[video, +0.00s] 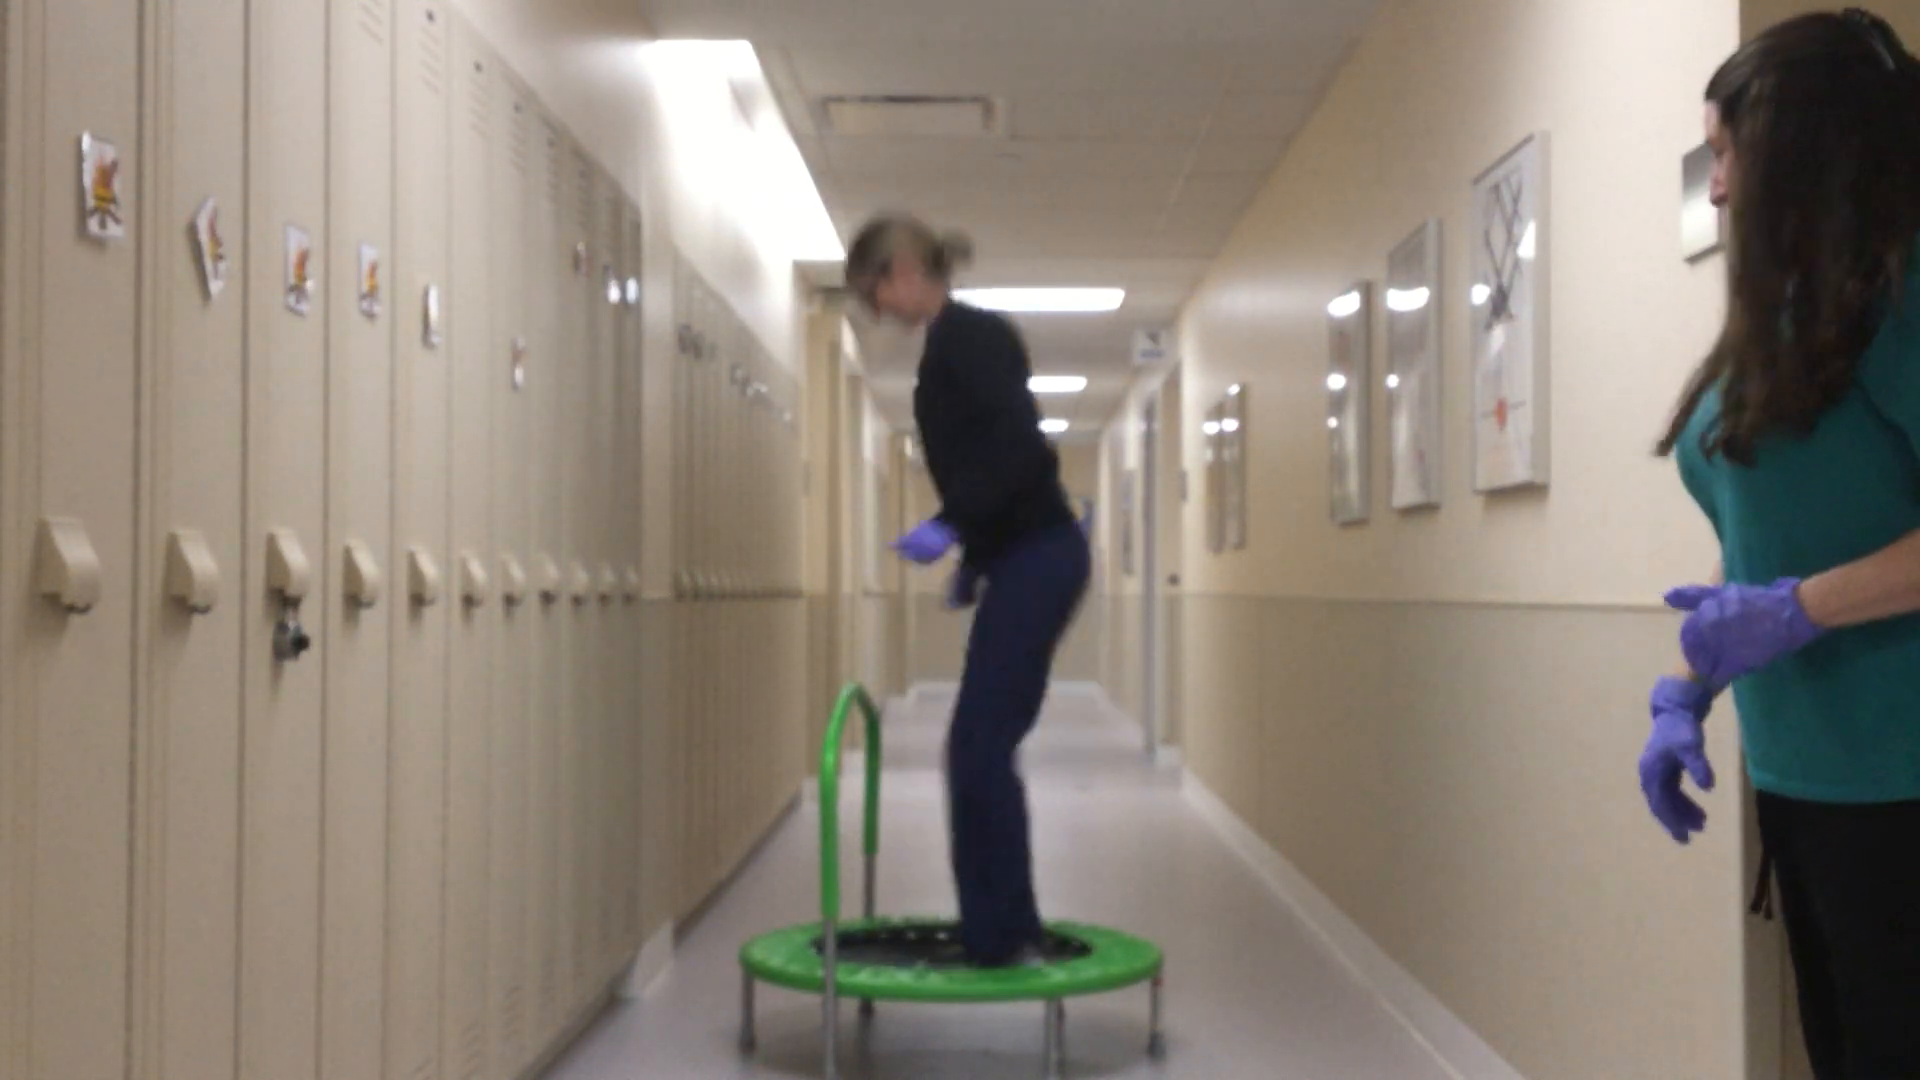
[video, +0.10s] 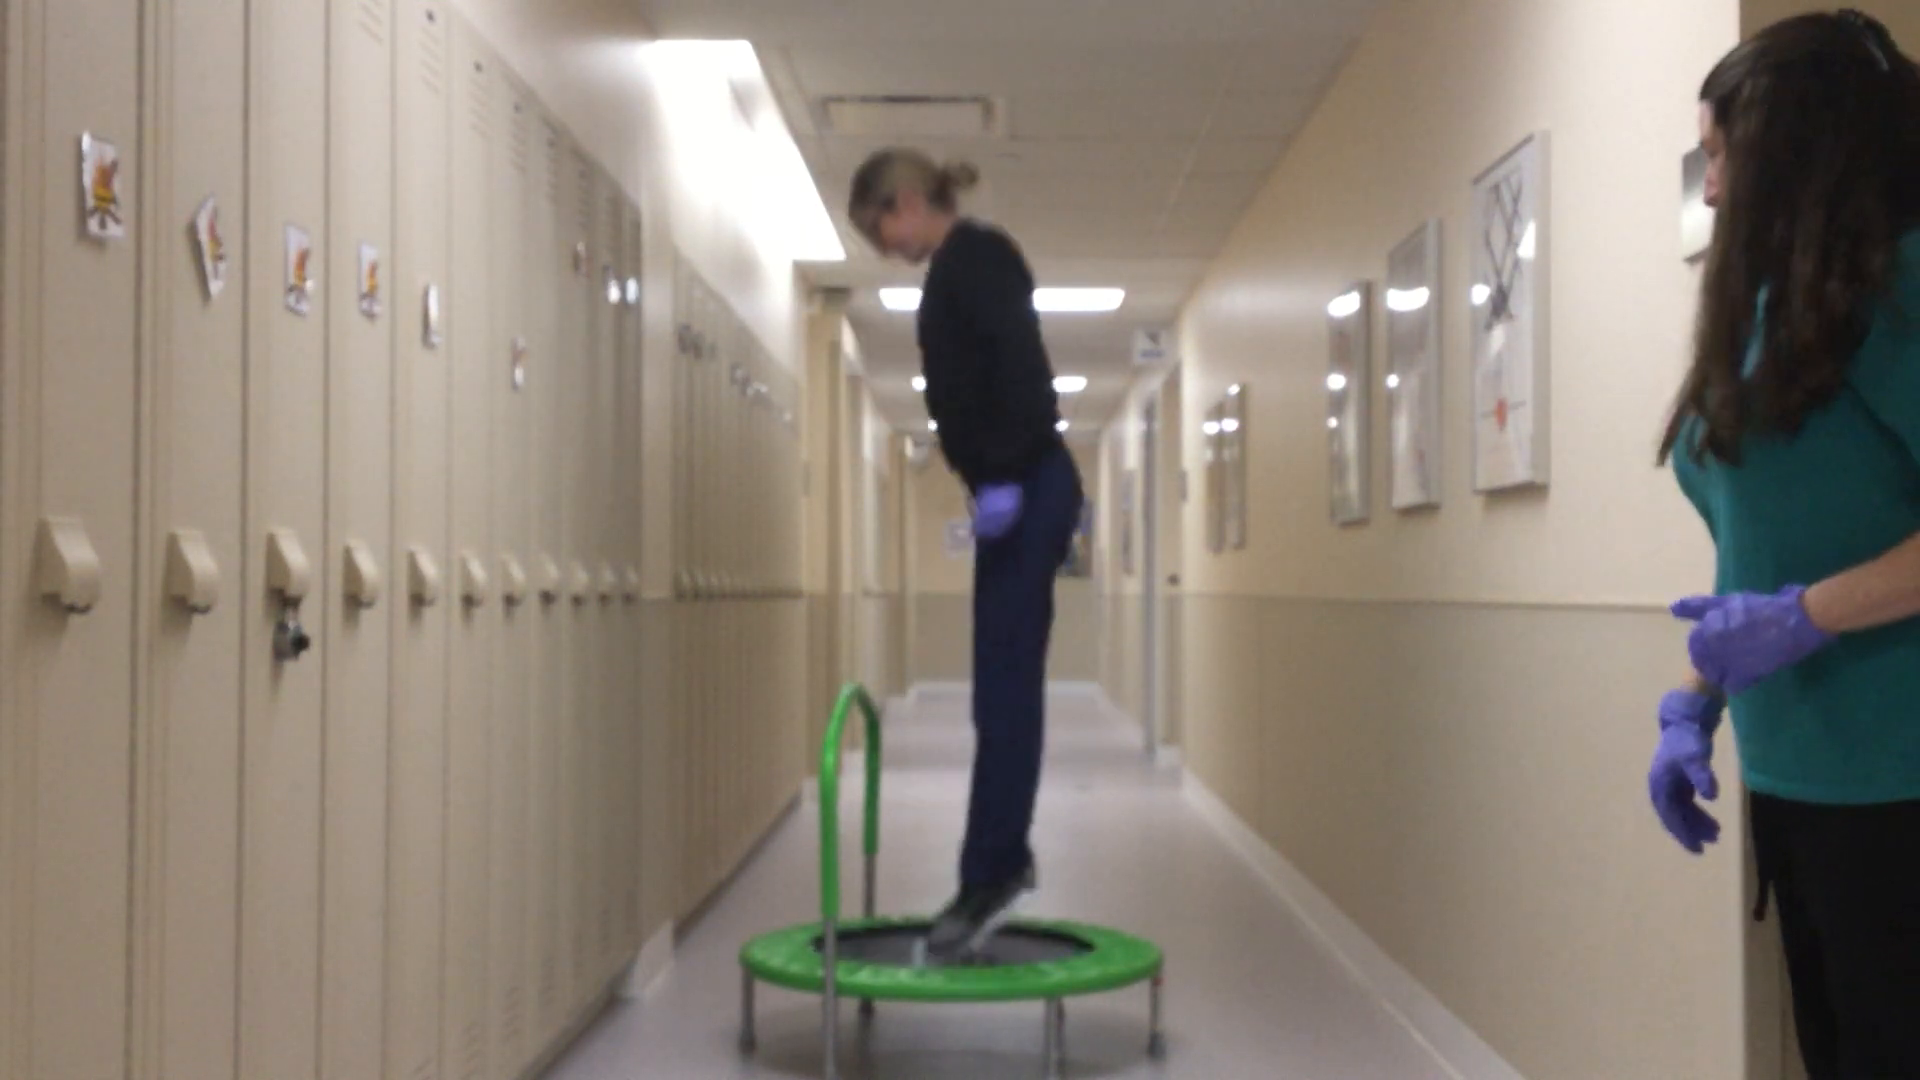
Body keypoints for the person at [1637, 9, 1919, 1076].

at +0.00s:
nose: (1711, 179)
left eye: (1725, 151)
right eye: (1711, 154)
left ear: (1803, 151)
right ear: (1793, 157)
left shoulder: (1891, 314)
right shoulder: (1765, 334)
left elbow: (1917, 546)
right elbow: (1755, 560)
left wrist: (1794, 609)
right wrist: (1685, 697)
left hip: (1894, 786)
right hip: (1797, 785)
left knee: (1890, 1055)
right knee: (1840, 1057)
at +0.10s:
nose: (1705, 178)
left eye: (1716, 149)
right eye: (1704, 152)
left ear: (1790, 149)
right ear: (1793, 156)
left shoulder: (1891, 294)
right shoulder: (1761, 306)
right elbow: (1757, 550)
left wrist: (1804, 616)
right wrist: (1693, 707)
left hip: (1892, 787)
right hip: (1792, 786)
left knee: (1891, 1050)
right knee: (1834, 1052)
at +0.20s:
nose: (1694, 179)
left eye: (1707, 152)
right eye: (1694, 155)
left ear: (1786, 149)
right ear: (1790, 156)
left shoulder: (1890, 282)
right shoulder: (1758, 300)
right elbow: (1757, 546)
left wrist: (1803, 621)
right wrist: (1696, 717)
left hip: (1890, 791)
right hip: (1792, 792)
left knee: (1885, 1057)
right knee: (1824, 1056)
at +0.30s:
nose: (1693, 179)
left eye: (1706, 152)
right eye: (1690, 156)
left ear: (1787, 139)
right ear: (1782, 148)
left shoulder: (1887, 275)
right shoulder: (1762, 294)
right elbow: (1746, 547)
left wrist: (1809, 623)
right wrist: (1698, 724)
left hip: (1886, 793)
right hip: (1789, 793)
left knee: (1881, 1057)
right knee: (1816, 1056)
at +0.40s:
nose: (1705, 172)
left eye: (1729, 135)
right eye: (1691, 150)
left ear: (1809, 128)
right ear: (1692, 159)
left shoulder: (1887, 273)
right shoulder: (1741, 302)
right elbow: (1736, 549)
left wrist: (1814, 619)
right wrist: (1691, 729)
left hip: (1886, 787)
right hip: (1780, 792)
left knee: (1880, 1056)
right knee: (1811, 1055)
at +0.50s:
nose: (1717, 163)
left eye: (1739, 123)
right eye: (1695, 146)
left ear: (1812, 114)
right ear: (1686, 166)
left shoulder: (1887, 271)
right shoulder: (1726, 305)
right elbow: (1726, 547)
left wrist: (1831, 593)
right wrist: (1681, 732)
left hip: (1883, 780)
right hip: (1771, 784)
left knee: (1876, 1049)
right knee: (1806, 1049)